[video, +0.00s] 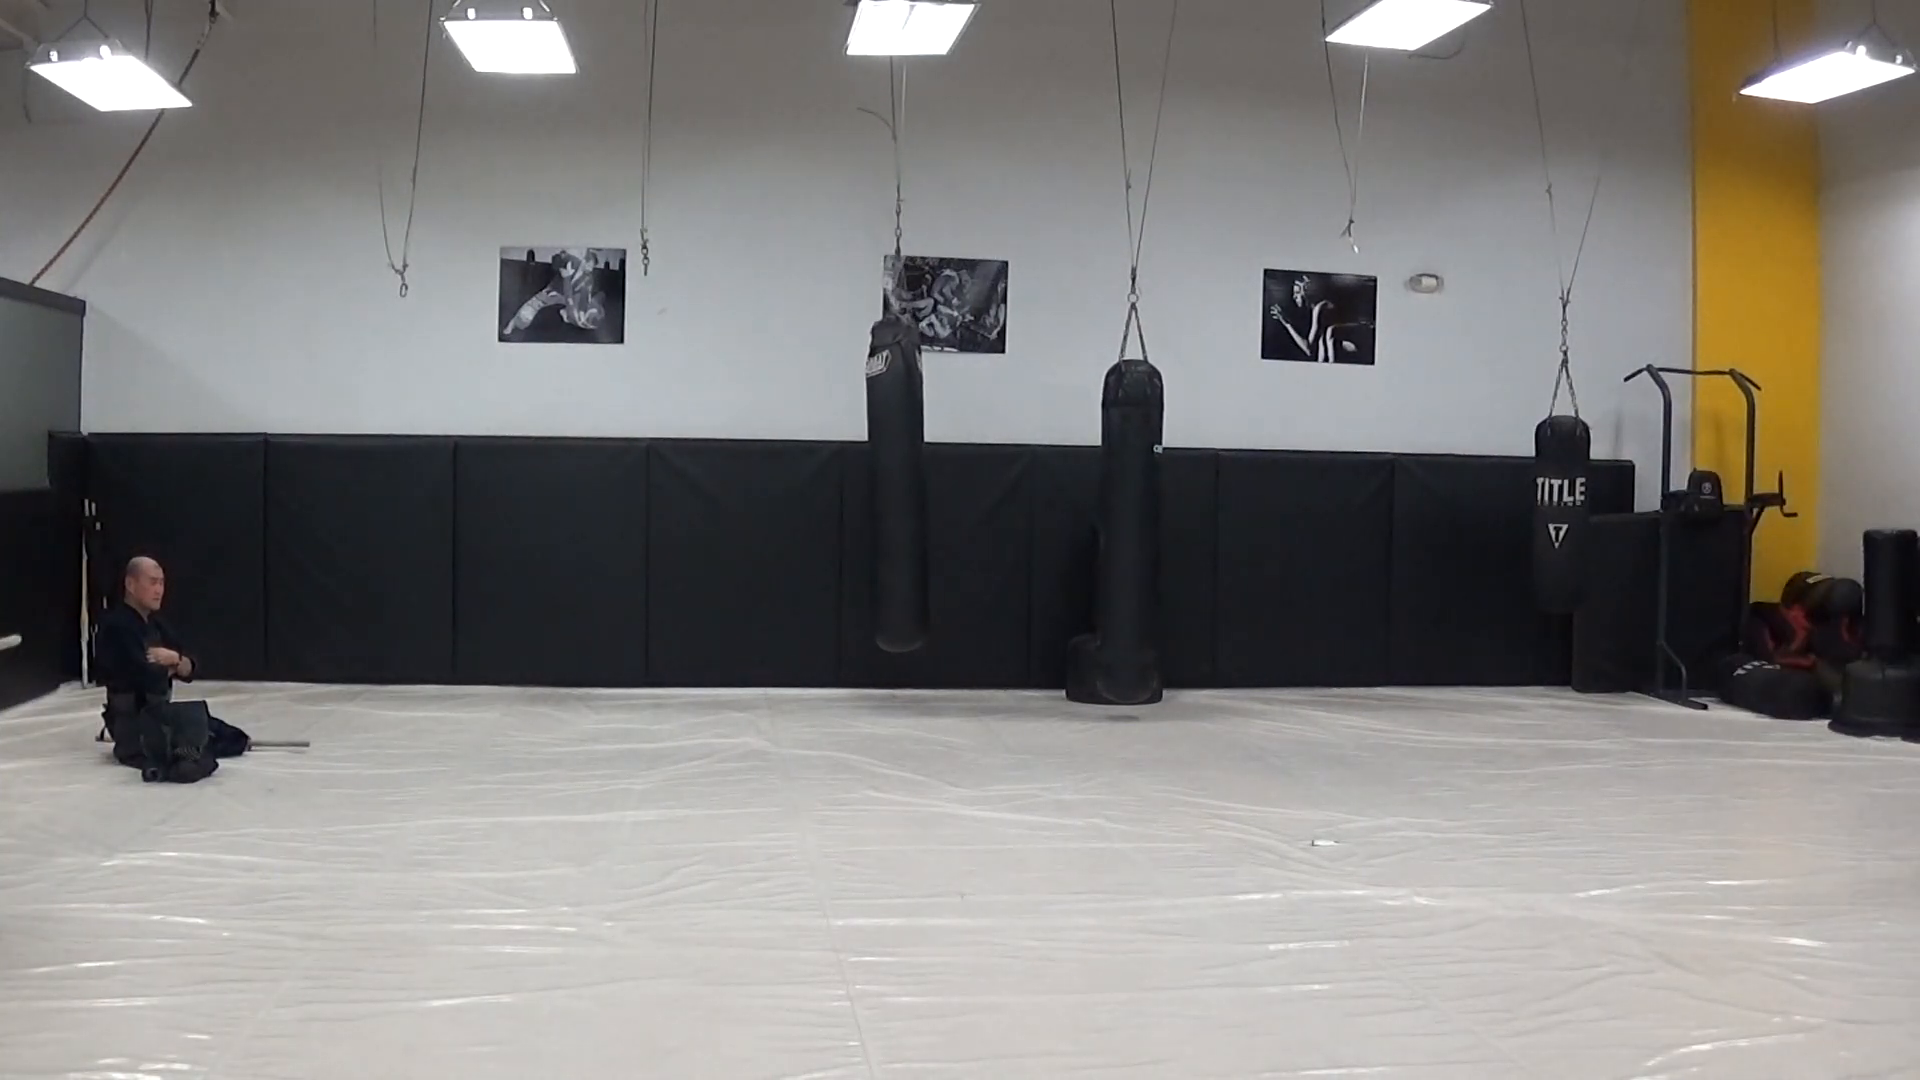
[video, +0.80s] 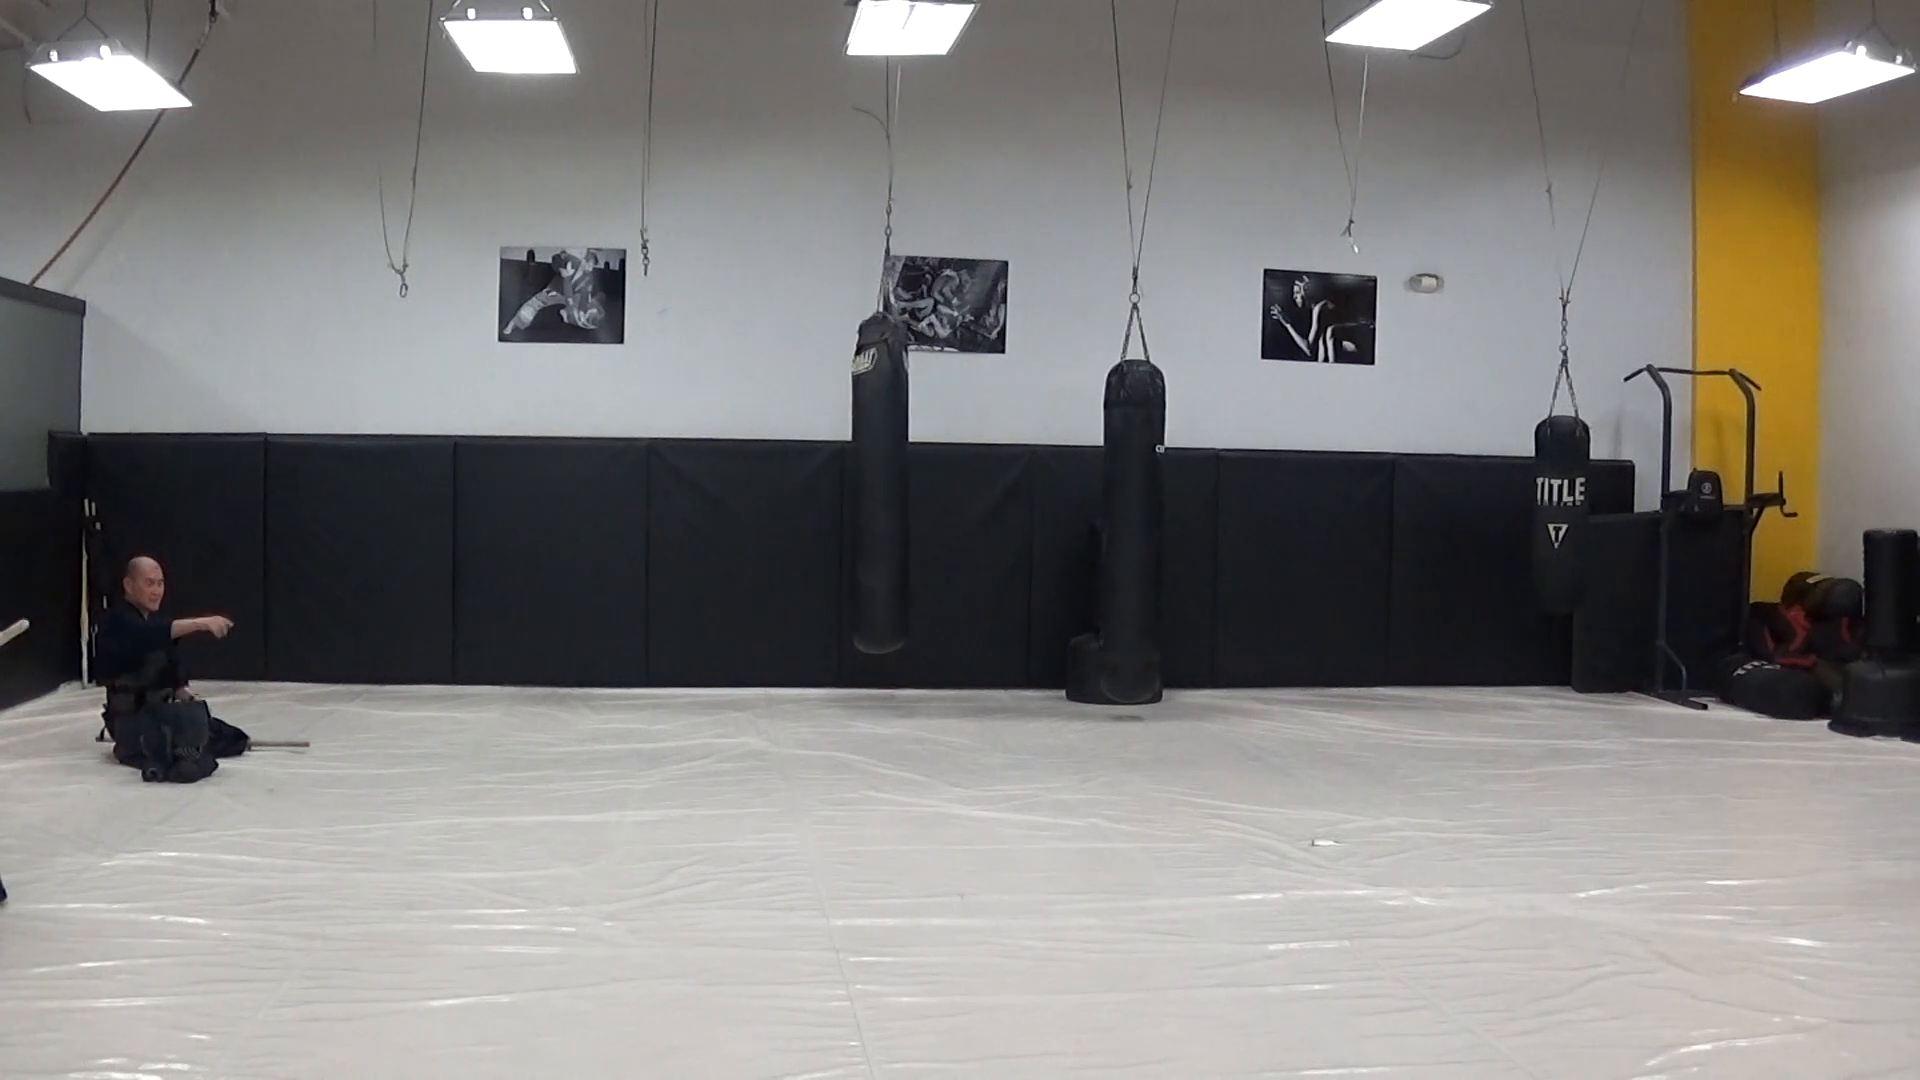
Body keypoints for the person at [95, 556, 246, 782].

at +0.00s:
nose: (160, 590)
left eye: (162, 583)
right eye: (153, 582)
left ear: (164, 585)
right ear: (130, 584)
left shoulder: (156, 623)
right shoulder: (115, 624)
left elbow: (190, 671)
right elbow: (142, 678)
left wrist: (176, 659)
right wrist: (173, 667)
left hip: (162, 721)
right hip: (133, 732)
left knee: (237, 740)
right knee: (200, 760)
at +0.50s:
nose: (159, 589)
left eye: (160, 582)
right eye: (152, 582)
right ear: (129, 585)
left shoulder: (155, 623)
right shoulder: (114, 624)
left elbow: (169, 674)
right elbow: (136, 664)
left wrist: (190, 669)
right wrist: (175, 654)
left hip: (162, 716)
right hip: (129, 723)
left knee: (236, 740)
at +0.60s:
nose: (158, 589)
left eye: (160, 582)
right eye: (151, 582)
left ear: (163, 585)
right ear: (129, 586)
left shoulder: (154, 623)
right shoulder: (116, 621)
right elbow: (145, 652)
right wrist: (194, 634)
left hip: (162, 717)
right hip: (130, 724)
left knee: (236, 740)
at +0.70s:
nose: (157, 590)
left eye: (160, 583)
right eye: (150, 582)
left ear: (163, 585)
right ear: (128, 586)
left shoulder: (156, 621)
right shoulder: (116, 620)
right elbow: (149, 639)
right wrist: (204, 622)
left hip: (162, 715)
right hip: (128, 721)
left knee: (236, 739)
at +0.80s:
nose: (157, 590)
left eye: (160, 583)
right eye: (150, 583)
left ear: (164, 585)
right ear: (128, 585)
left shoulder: (157, 624)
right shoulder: (116, 620)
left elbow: (173, 679)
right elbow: (147, 634)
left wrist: (186, 697)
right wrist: (201, 624)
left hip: (166, 712)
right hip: (129, 719)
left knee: (235, 740)